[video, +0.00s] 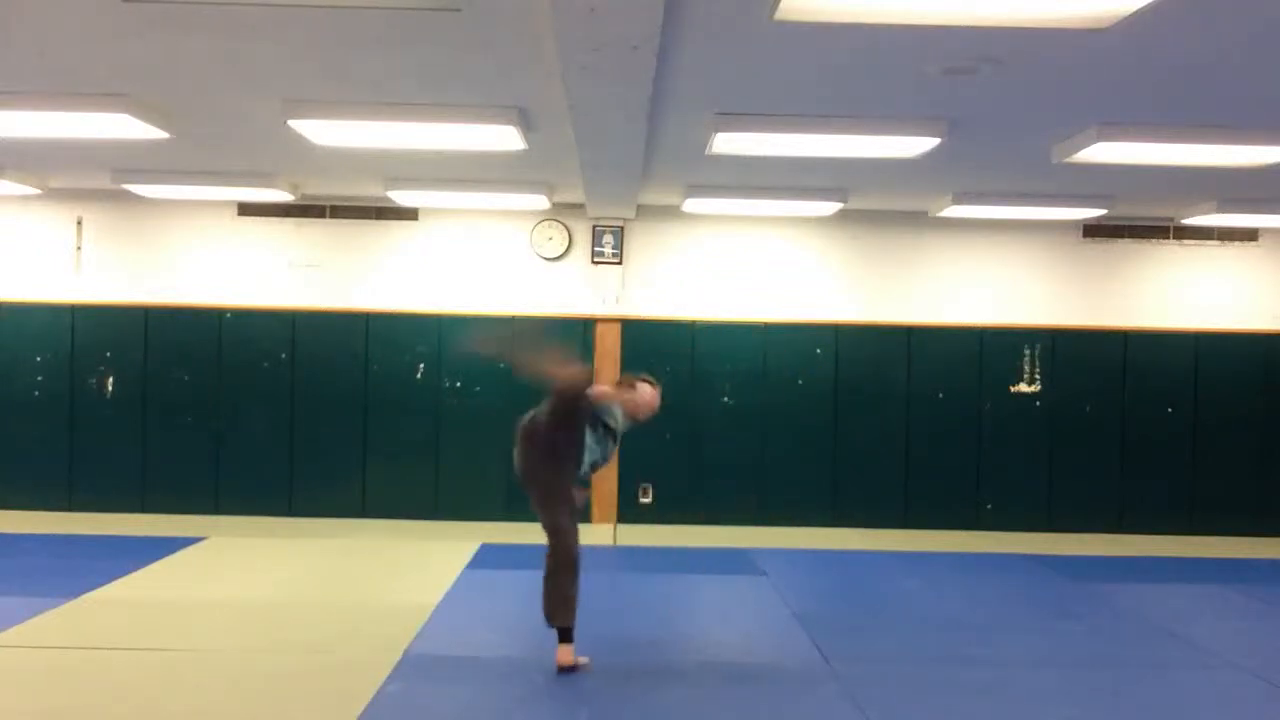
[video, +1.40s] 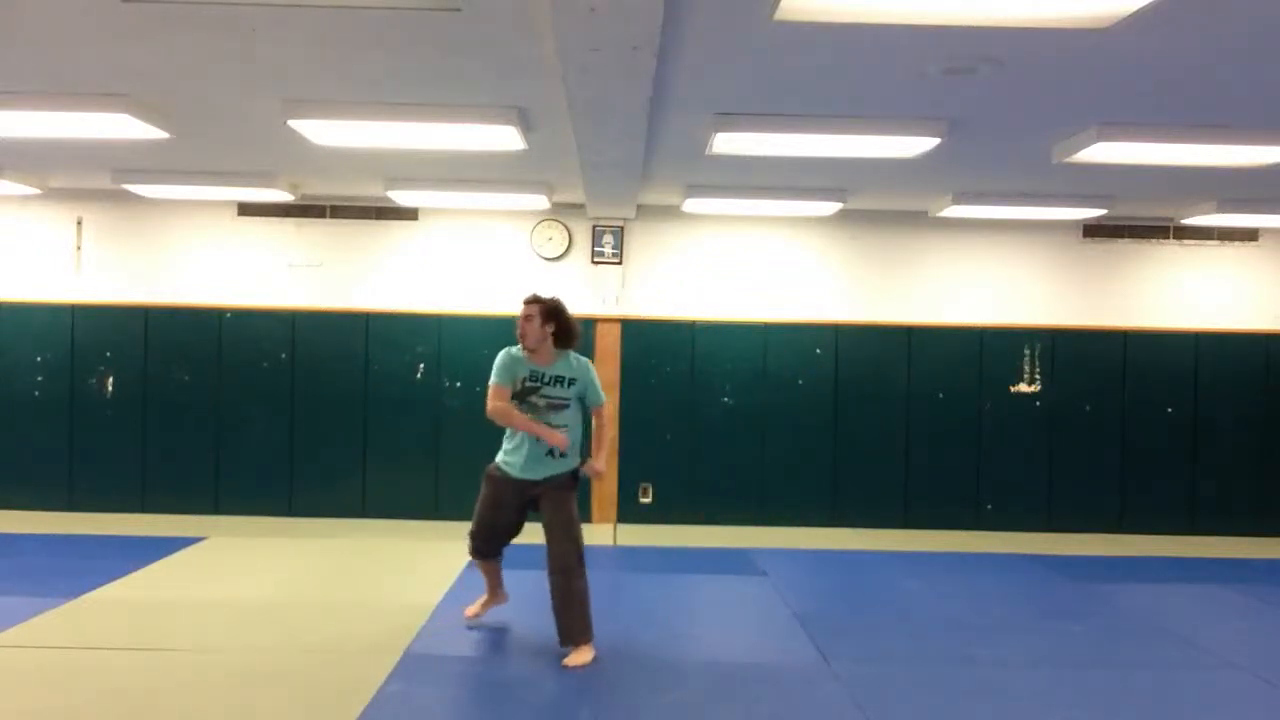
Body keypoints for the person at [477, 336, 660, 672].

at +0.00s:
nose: (648, 405)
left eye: (653, 405)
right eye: (647, 395)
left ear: (648, 415)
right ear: (630, 388)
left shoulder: (607, 442)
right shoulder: (608, 402)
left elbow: (578, 469)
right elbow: (592, 395)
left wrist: (577, 490)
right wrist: (625, 398)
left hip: (554, 481)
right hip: (546, 443)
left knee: (565, 551)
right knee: (575, 382)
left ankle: (565, 647)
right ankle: (507, 353)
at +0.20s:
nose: (652, 390)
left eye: (655, 386)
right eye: (647, 381)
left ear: (651, 393)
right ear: (625, 377)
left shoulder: (616, 426)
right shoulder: (596, 385)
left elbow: (582, 467)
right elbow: (560, 404)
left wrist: (587, 472)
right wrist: (604, 425)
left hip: (543, 478)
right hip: (508, 454)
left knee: (560, 554)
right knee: (454, 519)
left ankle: (547, 645)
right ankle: (410, 564)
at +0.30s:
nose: (608, 364)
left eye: (615, 361)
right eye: (605, 354)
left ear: (618, 372)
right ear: (586, 354)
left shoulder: (600, 417)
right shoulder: (546, 376)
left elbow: (585, 462)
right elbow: (498, 405)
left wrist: (571, 451)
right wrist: (545, 416)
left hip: (542, 488)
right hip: (495, 475)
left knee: (561, 556)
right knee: (460, 555)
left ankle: (551, 644)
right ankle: (459, 611)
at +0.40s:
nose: (548, 347)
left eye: (556, 342)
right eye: (543, 339)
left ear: (565, 350)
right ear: (528, 341)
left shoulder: (575, 393)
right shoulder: (505, 373)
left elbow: (577, 446)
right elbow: (473, 415)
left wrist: (547, 451)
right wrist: (488, 424)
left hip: (540, 481)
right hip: (494, 476)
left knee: (549, 555)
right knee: (462, 549)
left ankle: (563, 640)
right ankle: (465, 615)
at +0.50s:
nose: (507, 335)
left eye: (515, 328)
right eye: (502, 327)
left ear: (529, 333)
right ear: (495, 331)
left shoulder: (549, 375)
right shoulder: (490, 364)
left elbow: (564, 427)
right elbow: (486, 403)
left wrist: (524, 435)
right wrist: (477, 415)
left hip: (536, 473)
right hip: (494, 468)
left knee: (544, 552)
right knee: (471, 542)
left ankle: (564, 636)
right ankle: (467, 615)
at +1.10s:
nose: (528, 325)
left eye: (537, 319)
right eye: (526, 319)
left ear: (556, 326)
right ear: (521, 324)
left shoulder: (577, 370)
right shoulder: (509, 360)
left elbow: (600, 421)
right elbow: (475, 405)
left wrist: (562, 416)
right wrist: (509, 417)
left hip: (553, 478)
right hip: (506, 474)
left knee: (556, 558)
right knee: (481, 548)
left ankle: (582, 643)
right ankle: (467, 616)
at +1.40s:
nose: (520, 325)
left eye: (528, 320)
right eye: (520, 319)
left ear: (550, 327)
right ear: (522, 325)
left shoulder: (580, 368)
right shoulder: (509, 359)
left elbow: (600, 415)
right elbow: (495, 408)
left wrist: (599, 457)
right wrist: (544, 431)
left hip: (557, 476)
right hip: (509, 471)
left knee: (566, 558)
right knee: (482, 543)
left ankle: (581, 642)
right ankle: (495, 593)